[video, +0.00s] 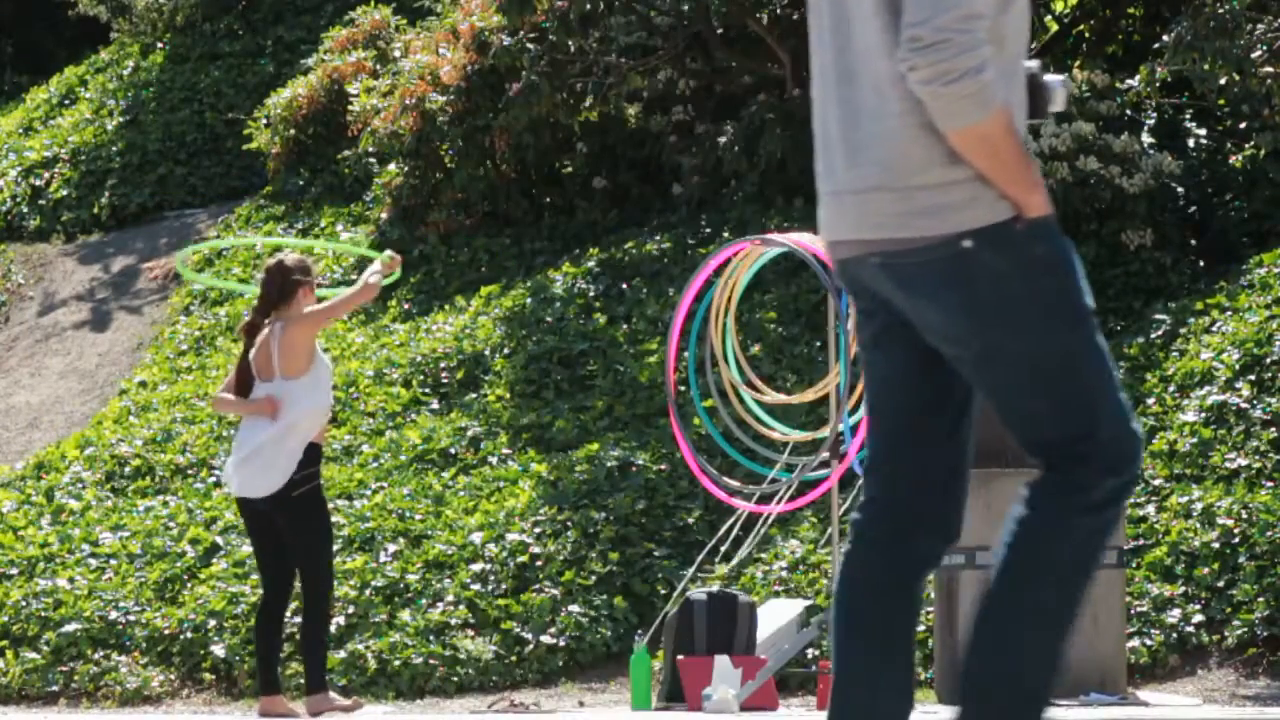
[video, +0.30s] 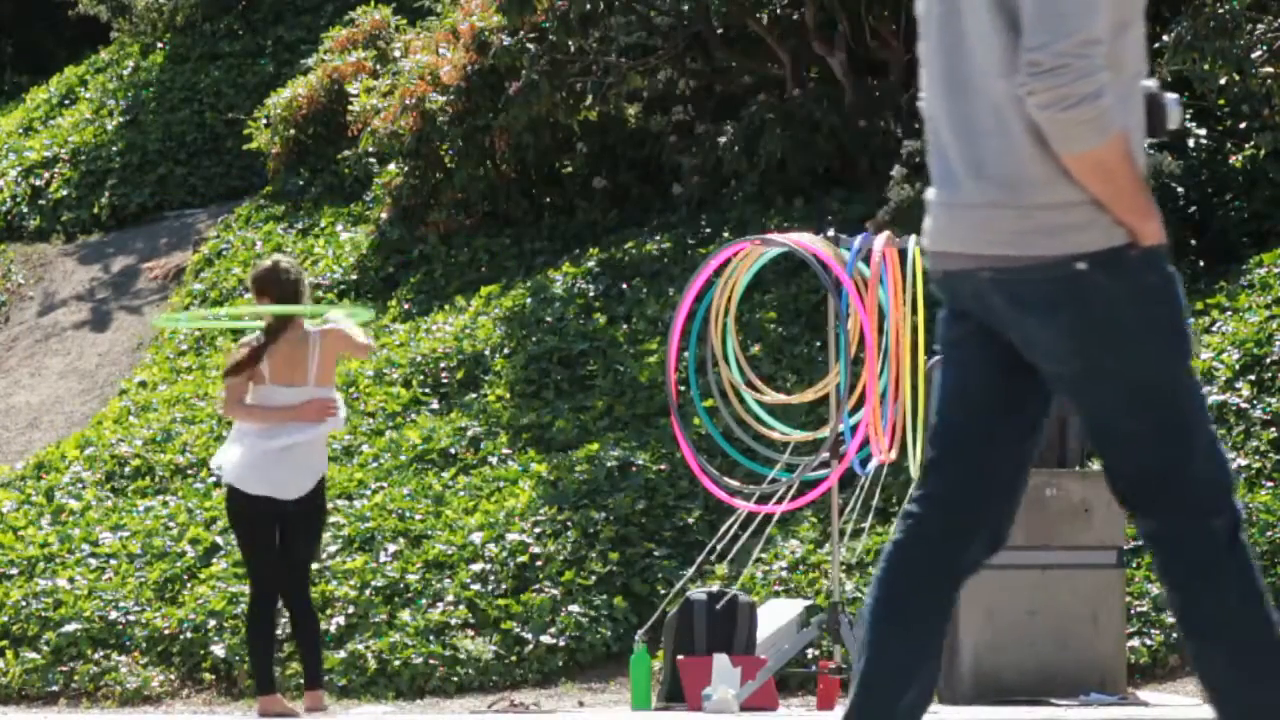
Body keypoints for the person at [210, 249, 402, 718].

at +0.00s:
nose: (315, 295)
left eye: (314, 287)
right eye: (311, 288)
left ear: (275, 294)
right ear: (298, 291)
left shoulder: (258, 341)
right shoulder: (298, 326)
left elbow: (223, 399)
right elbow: (363, 293)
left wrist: (259, 407)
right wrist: (380, 268)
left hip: (250, 482)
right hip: (294, 479)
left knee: (275, 585)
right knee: (318, 582)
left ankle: (269, 695)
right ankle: (318, 693)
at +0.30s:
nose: (253, 302)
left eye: (254, 295)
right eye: (254, 295)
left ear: (262, 300)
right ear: (302, 296)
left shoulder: (249, 350)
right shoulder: (329, 338)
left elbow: (231, 406)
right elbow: (365, 349)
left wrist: (300, 411)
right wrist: (335, 321)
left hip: (249, 478)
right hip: (305, 478)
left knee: (261, 588)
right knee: (298, 586)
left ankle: (267, 694)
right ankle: (314, 689)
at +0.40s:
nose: (257, 310)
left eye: (260, 302)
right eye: (257, 301)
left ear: (276, 303)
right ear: (300, 301)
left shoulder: (255, 352)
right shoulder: (331, 347)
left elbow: (251, 412)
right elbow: (346, 376)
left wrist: (308, 414)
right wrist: (334, 343)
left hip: (254, 477)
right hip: (308, 481)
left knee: (261, 585)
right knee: (282, 579)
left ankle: (267, 694)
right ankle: (306, 684)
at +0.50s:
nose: (256, 308)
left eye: (261, 300)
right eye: (255, 300)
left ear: (284, 300)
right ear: (297, 300)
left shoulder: (263, 347)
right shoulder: (334, 340)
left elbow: (273, 412)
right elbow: (333, 391)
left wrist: (325, 409)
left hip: (263, 473)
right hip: (312, 473)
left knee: (263, 581)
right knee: (274, 579)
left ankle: (269, 689)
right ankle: (292, 681)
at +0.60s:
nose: (258, 310)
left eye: (265, 302)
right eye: (257, 302)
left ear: (292, 300)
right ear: (295, 302)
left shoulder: (277, 343)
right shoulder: (317, 336)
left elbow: (295, 410)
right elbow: (284, 394)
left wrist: (328, 400)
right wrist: (240, 392)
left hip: (276, 481)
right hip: (305, 481)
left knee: (262, 582)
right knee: (267, 580)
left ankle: (274, 689)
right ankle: (274, 686)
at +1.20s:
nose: (327, 316)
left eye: (332, 308)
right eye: (320, 306)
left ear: (332, 307)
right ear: (292, 301)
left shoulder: (337, 345)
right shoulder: (254, 352)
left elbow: (351, 403)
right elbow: (234, 410)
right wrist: (237, 448)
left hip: (331, 466)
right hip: (279, 467)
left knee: (328, 584)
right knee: (279, 582)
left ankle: (294, 685)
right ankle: (265, 683)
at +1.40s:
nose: (344, 317)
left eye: (346, 309)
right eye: (341, 308)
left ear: (322, 303)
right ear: (313, 301)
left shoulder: (329, 342)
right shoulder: (275, 352)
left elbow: (334, 403)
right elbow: (263, 419)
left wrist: (352, 449)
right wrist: (293, 459)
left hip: (339, 470)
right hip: (303, 472)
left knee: (332, 582)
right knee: (319, 581)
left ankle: (295, 685)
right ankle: (257, 670)